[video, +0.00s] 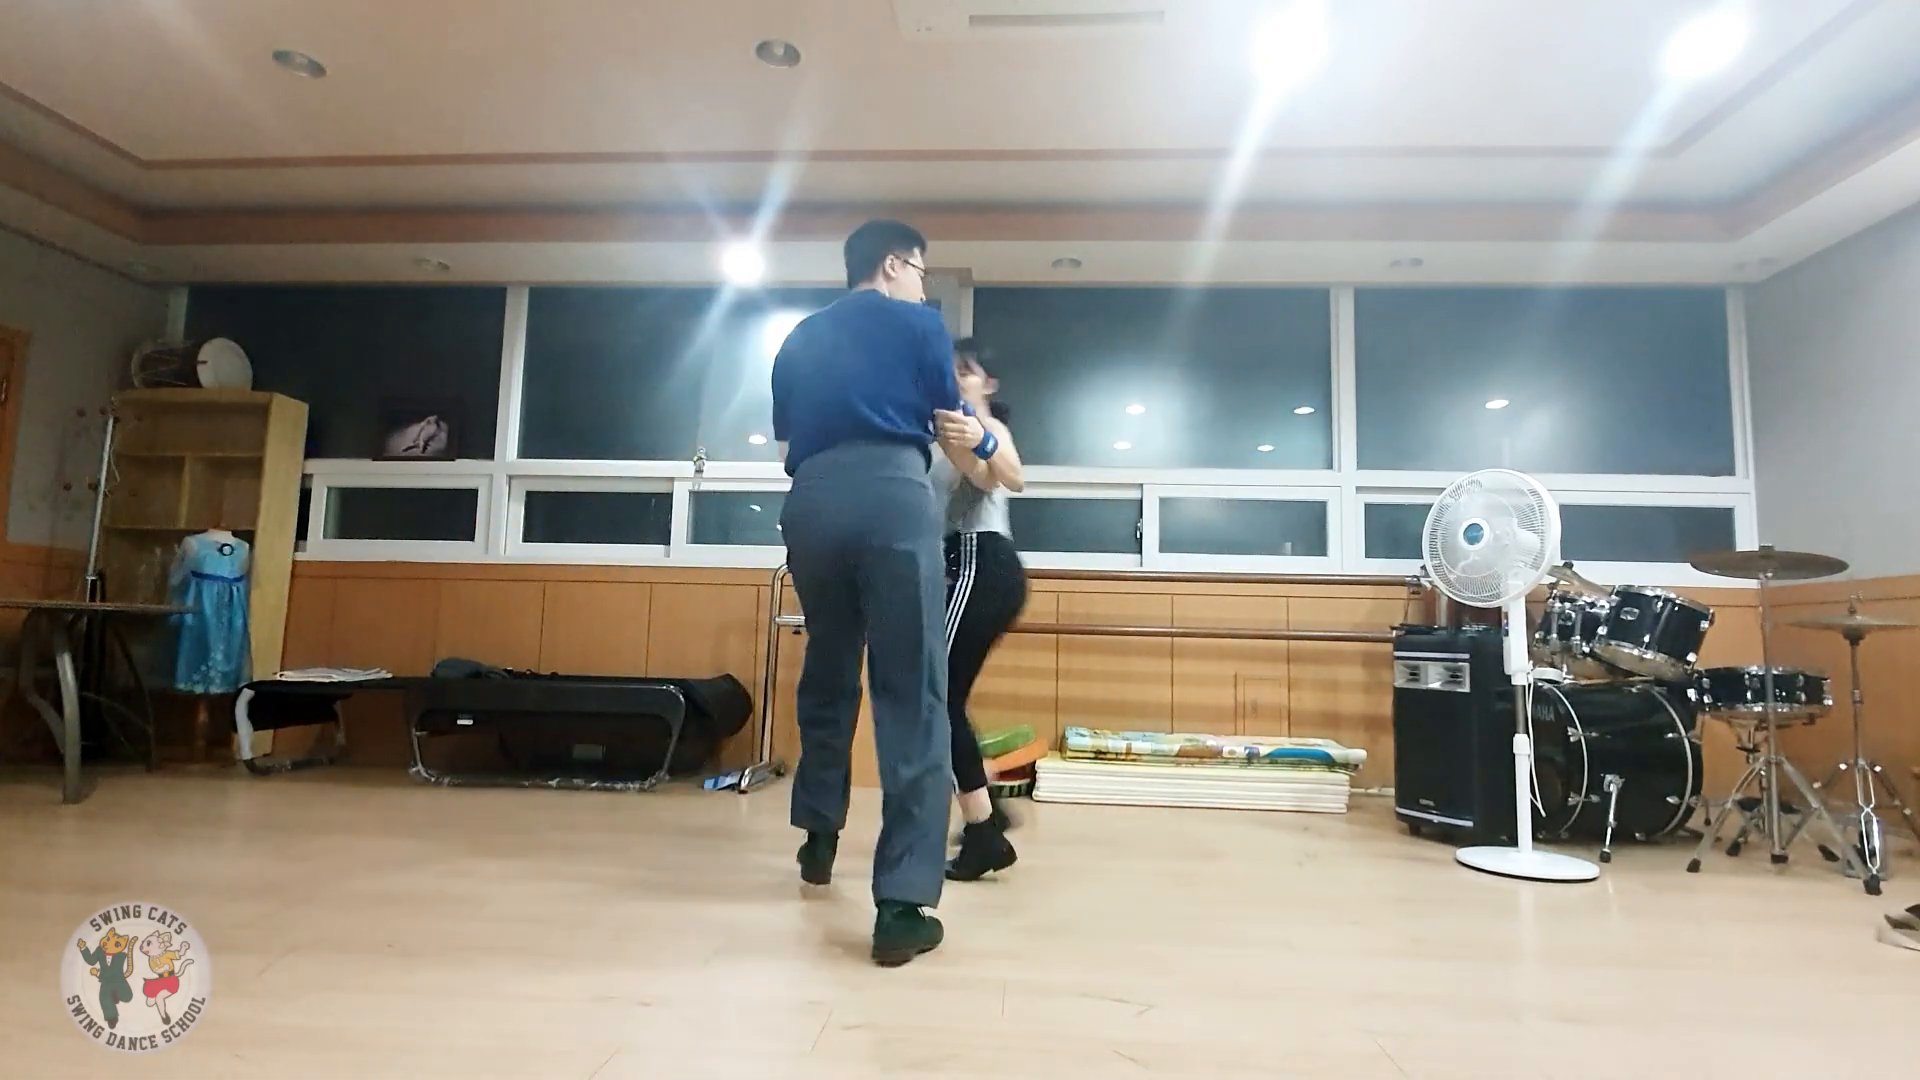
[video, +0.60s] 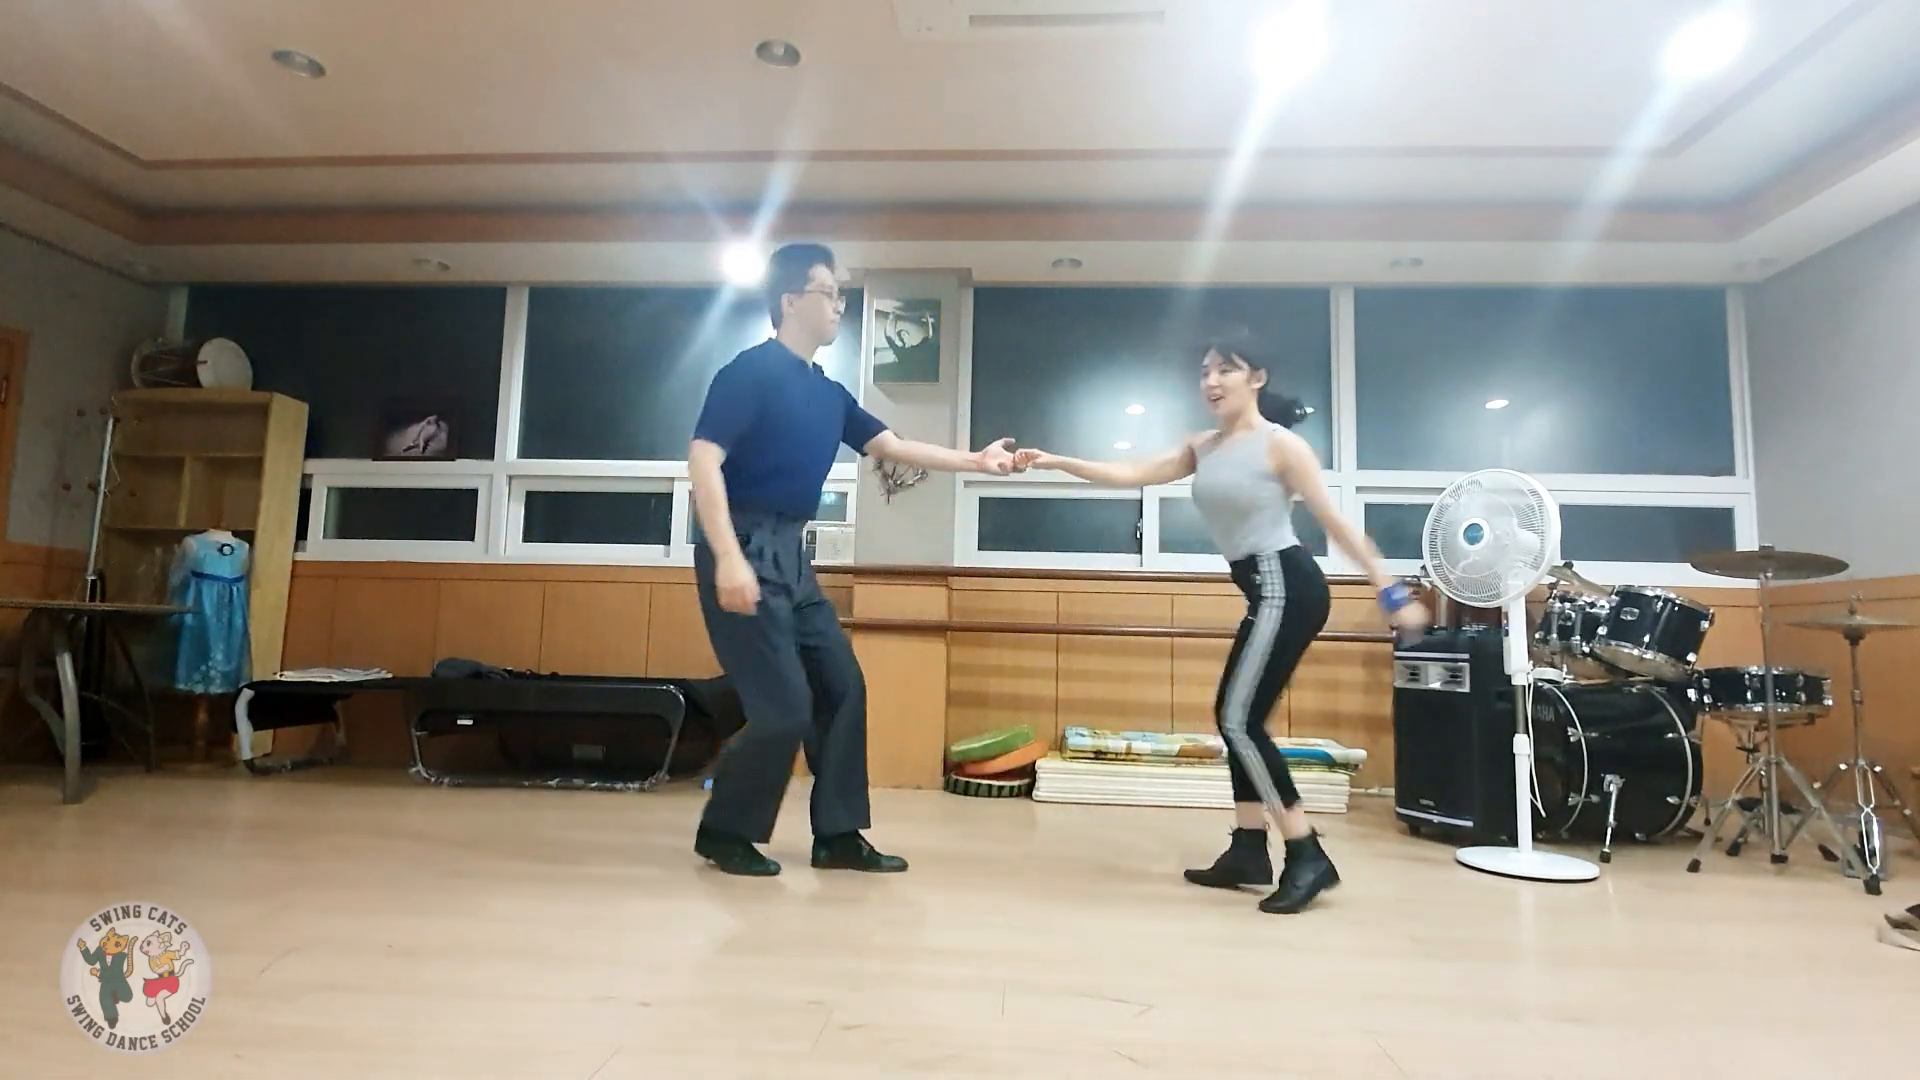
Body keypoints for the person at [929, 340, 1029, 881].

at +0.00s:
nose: (955, 383)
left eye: (963, 374)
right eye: (951, 376)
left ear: (987, 381)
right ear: (953, 382)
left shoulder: (986, 425)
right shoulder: (947, 426)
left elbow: (1009, 477)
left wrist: (974, 435)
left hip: (981, 562)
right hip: (969, 563)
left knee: (943, 693)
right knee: (945, 693)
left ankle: (981, 828)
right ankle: (983, 817)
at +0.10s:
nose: (1001, 391)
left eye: (1014, 383)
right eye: (999, 382)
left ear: (1045, 392)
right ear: (1039, 398)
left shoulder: (1032, 438)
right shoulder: (1057, 445)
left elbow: (1025, 494)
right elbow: (1005, 528)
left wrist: (963, 463)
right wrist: (954, 513)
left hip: (1026, 578)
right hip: (1069, 581)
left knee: (976, 706)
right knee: (1049, 705)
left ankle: (990, 843)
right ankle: (1121, 804)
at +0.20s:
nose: (1061, 405)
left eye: (1071, 394)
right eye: (1062, 394)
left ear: (1100, 397)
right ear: (1104, 400)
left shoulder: (1096, 451)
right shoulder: (1123, 451)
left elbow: (1069, 525)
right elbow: (1066, 518)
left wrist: (1002, 496)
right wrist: (1013, 509)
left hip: (1090, 587)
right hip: (1136, 588)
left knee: (1024, 716)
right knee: (1146, 723)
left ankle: (996, 846)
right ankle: (1210, 841)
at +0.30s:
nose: (1112, 399)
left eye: (1122, 389)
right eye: (1112, 389)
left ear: (1157, 394)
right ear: (1152, 396)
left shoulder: (1155, 449)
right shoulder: (1159, 443)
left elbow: (1135, 536)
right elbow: (1093, 485)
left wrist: (1052, 537)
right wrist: (1017, 477)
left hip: (1157, 586)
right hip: (1207, 590)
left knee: (1084, 704)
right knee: (1193, 720)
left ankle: (1026, 822)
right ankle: (1222, 850)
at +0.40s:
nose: (1147, 387)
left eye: (1158, 377)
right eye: (1147, 377)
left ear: (1192, 383)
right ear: (1182, 386)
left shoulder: (1198, 443)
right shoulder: (1178, 437)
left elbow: (1203, 532)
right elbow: (1112, 465)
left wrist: (1152, 582)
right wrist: (1039, 456)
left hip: (1207, 570)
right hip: (1255, 574)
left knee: (1139, 691)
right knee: (1227, 710)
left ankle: (1122, 803)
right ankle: (1227, 848)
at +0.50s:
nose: (1181, 384)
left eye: (1193, 373)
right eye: (1178, 374)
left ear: (1225, 379)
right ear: (1180, 382)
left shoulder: (1238, 443)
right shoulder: (1190, 440)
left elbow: (1269, 531)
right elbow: (1128, 463)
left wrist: (1268, 618)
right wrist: (1050, 452)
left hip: (1246, 579)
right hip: (1277, 577)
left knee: (1186, 695)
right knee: (1251, 708)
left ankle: (1222, 820)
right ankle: (1249, 843)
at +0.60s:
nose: (1210, 380)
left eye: (1225, 370)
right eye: (1205, 371)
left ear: (1257, 380)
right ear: (1201, 382)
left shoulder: (1281, 445)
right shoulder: (1203, 447)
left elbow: (1336, 524)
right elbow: (1131, 473)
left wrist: (1390, 590)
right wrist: (1054, 461)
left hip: (1290, 587)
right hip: (1263, 590)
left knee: (1236, 717)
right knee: (1237, 716)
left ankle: (1307, 854)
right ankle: (1249, 851)